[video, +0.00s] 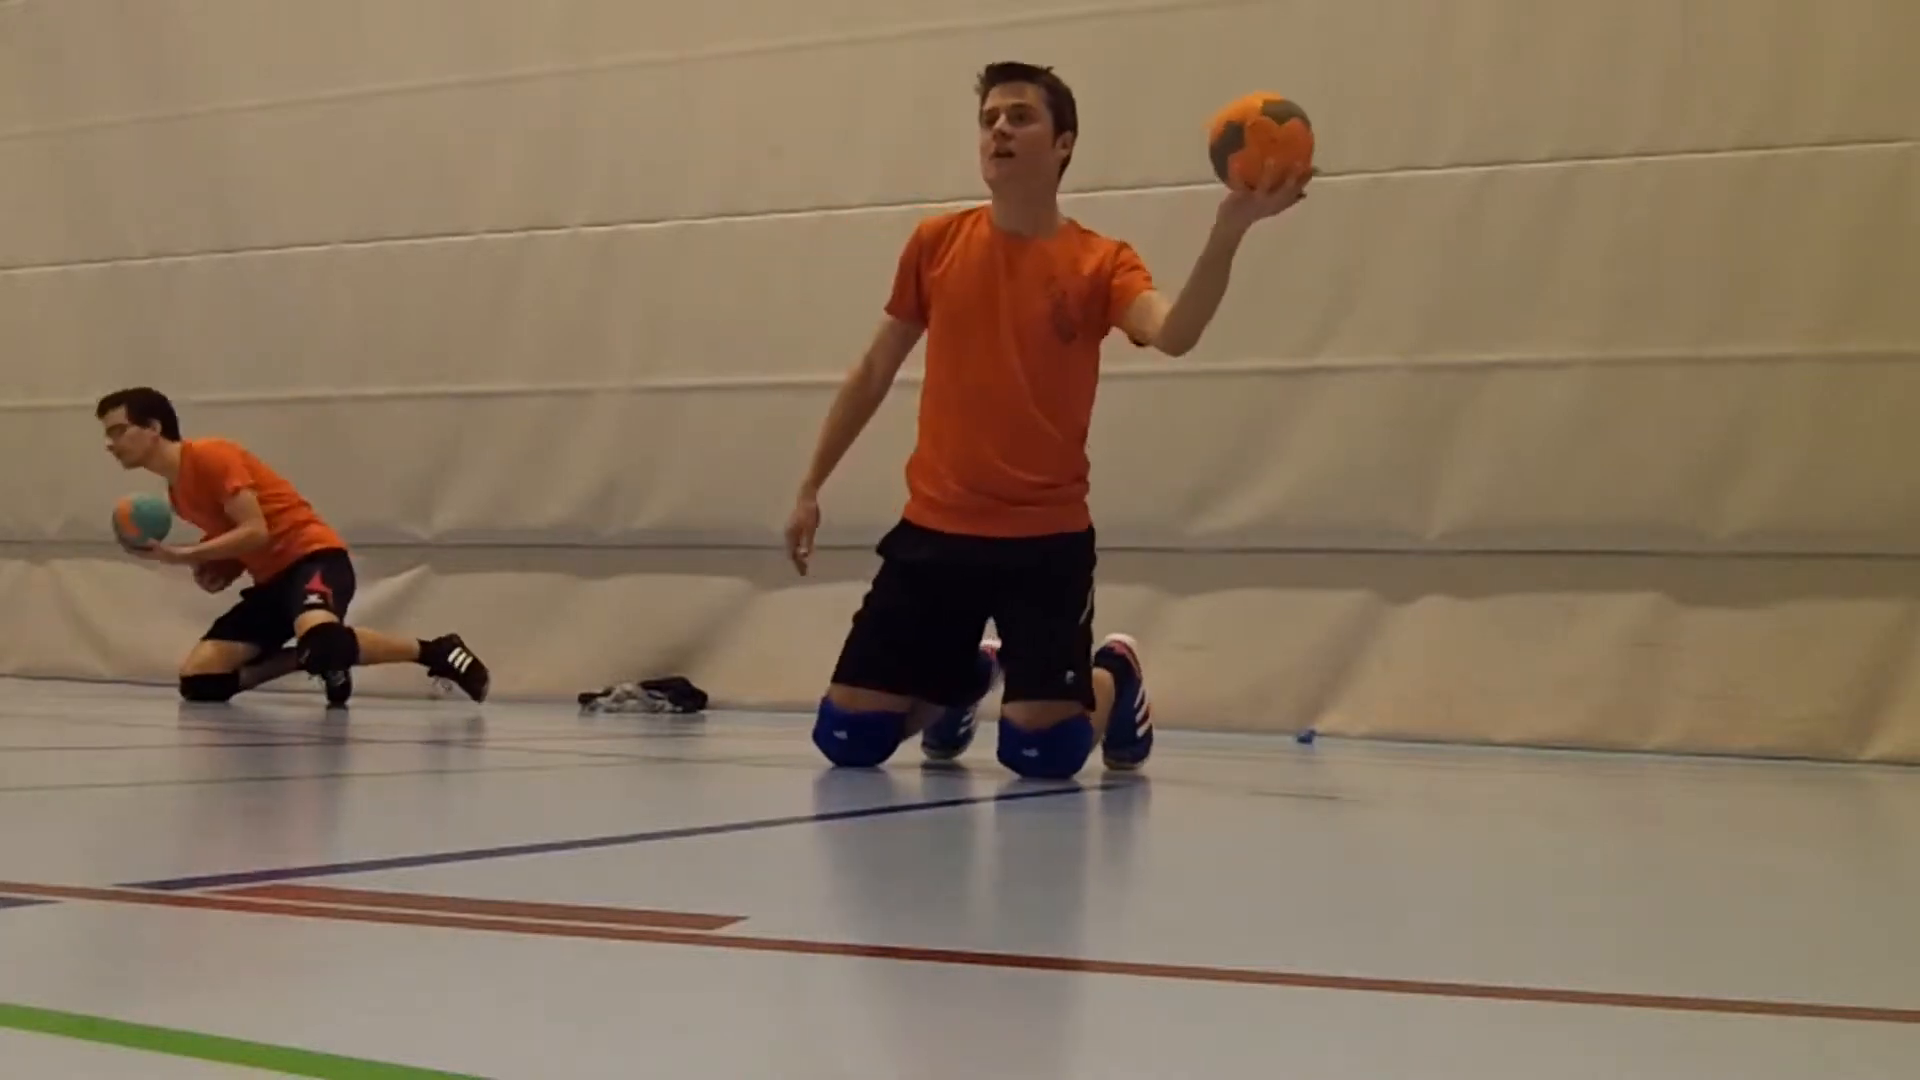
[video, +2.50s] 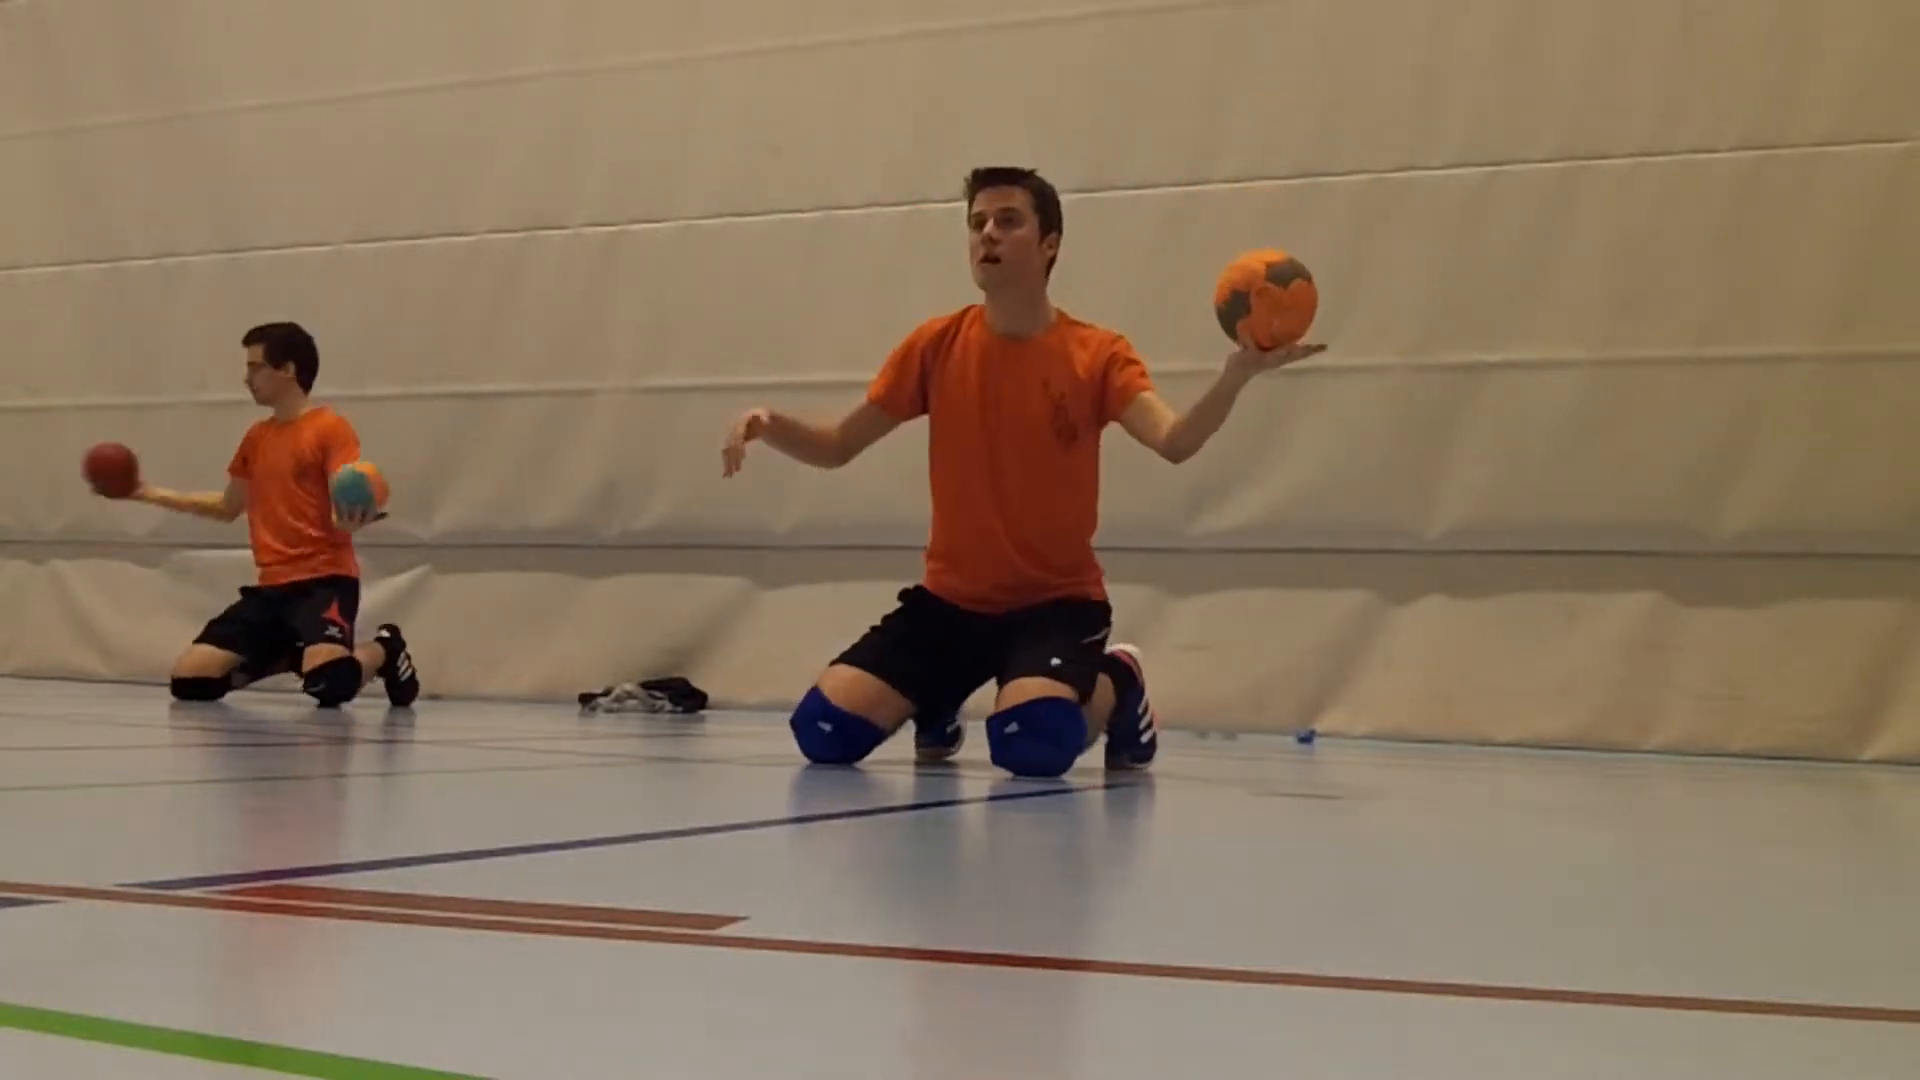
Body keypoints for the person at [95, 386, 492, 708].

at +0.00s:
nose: (110, 445)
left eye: (116, 432)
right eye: (107, 435)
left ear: (151, 428)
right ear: (140, 436)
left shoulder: (211, 456)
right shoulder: (181, 489)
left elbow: (254, 533)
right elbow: (244, 543)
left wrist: (178, 553)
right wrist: (222, 566)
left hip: (317, 561)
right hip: (276, 585)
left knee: (319, 641)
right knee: (200, 680)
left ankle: (436, 653)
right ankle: (315, 657)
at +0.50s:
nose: (207, 342)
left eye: (220, 333)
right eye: (207, 333)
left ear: (254, 346)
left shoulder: (270, 401)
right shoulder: (233, 417)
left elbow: (281, 494)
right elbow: (204, 491)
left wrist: (203, 506)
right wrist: (166, 437)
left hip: (292, 564)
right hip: (244, 570)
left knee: (309, 687)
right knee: (196, 686)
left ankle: (421, 666)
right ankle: (314, 651)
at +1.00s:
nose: (268, 335)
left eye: (280, 326)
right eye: (266, 325)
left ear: (314, 338)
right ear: (261, 330)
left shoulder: (338, 406)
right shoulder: (250, 405)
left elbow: (373, 480)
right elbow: (192, 475)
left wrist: (394, 462)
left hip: (314, 569)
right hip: (254, 569)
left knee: (317, 691)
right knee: (201, 686)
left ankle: (394, 655)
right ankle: (306, 654)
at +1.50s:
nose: (270, 346)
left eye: (281, 337)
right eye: (268, 336)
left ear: (317, 346)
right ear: (267, 341)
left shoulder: (345, 414)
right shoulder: (259, 410)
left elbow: (393, 486)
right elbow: (250, 500)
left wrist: (465, 480)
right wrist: (217, 576)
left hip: (319, 574)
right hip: (259, 573)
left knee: (315, 691)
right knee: (197, 685)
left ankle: (371, 654)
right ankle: (306, 657)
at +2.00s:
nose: (250, 359)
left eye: (262, 348)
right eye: (248, 349)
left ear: (299, 356)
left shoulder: (336, 420)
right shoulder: (254, 425)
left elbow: (368, 498)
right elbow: (248, 520)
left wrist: (416, 520)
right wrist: (199, 589)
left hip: (323, 579)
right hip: (266, 582)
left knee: (315, 691)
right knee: (195, 684)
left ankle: (375, 653)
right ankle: (299, 655)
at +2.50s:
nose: (246, 377)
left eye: (255, 367)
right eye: (247, 367)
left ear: (289, 371)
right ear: (276, 372)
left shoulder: (329, 428)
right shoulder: (258, 437)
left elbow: (346, 515)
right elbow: (226, 508)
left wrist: (355, 512)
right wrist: (144, 492)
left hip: (325, 585)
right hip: (270, 590)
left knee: (328, 685)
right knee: (188, 683)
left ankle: (386, 649)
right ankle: (298, 657)